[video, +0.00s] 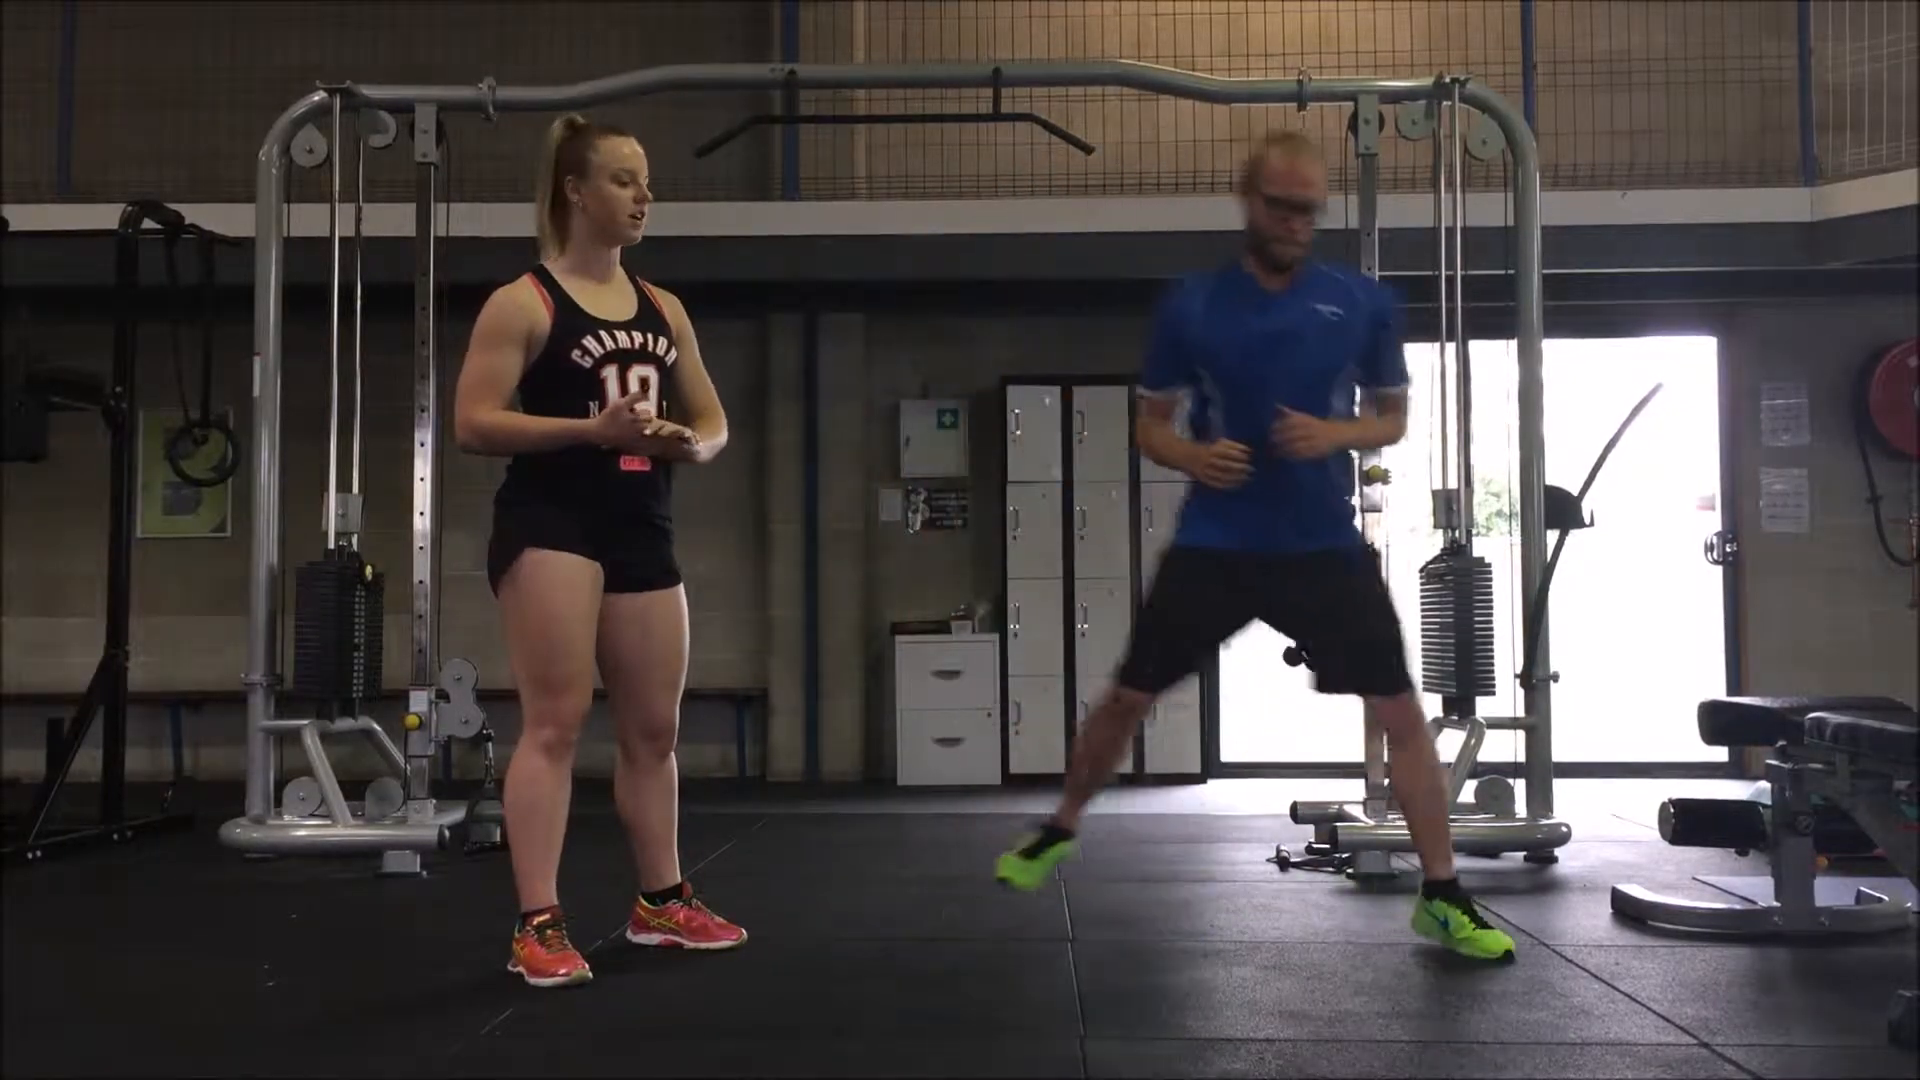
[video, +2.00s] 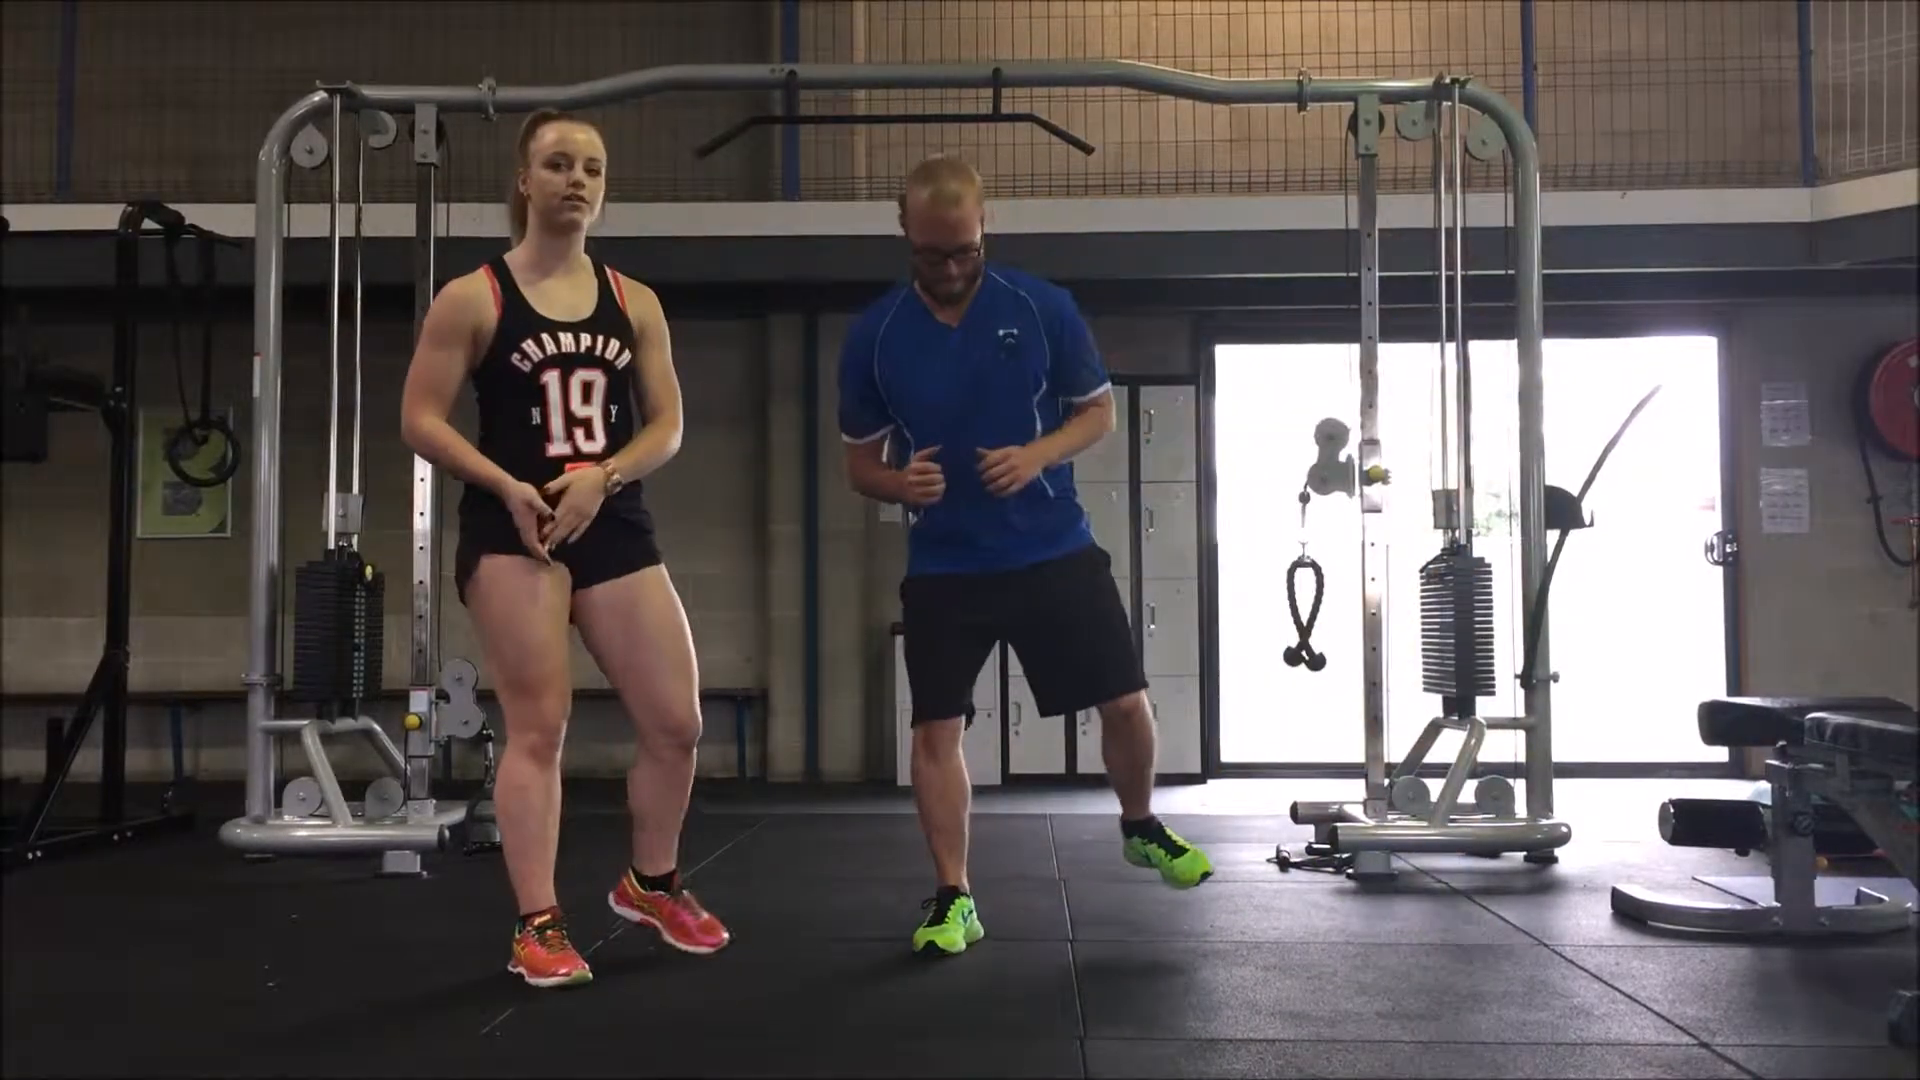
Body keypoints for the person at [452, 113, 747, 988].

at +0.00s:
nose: (643, 197)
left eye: (646, 183)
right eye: (625, 182)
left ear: (638, 198)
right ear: (574, 191)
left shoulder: (662, 308)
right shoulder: (520, 304)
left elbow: (710, 417)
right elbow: (473, 422)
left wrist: (693, 445)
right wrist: (590, 428)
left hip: (643, 533)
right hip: (552, 528)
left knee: (652, 733)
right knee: (552, 725)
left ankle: (662, 901)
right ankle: (538, 925)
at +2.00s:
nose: (575, 180)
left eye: (589, 169)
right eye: (557, 165)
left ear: (603, 189)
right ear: (522, 181)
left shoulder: (635, 303)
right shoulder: (471, 300)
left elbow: (668, 426)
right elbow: (419, 420)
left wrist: (605, 475)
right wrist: (504, 485)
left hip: (613, 527)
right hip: (511, 530)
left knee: (674, 721)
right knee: (537, 723)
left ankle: (652, 884)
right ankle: (539, 926)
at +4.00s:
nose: (642, 188)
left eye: (655, 175)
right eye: (624, 174)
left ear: (670, 192)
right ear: (591, 188)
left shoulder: (678, 303)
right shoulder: (554, 291)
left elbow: (663, 438)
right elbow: (500, 413)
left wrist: (705, 522)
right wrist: (592, 492)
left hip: (672, 531)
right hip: (580, 531)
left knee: (683, 726)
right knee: (553, 724)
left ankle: (673, 906)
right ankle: (537, 922)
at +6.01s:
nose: (619, 187)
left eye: (631, 175)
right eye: (600, 173)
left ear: (644, 195)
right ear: (563, 190)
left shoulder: (672, 302)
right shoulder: (520, 297)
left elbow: (716, 410)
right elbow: (472, 417)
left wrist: (698, 440)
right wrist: (553, 426)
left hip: (648, 529)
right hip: (553, 524)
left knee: (691, 722)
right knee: (550, 721)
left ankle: (673, 907)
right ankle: (538, 924)